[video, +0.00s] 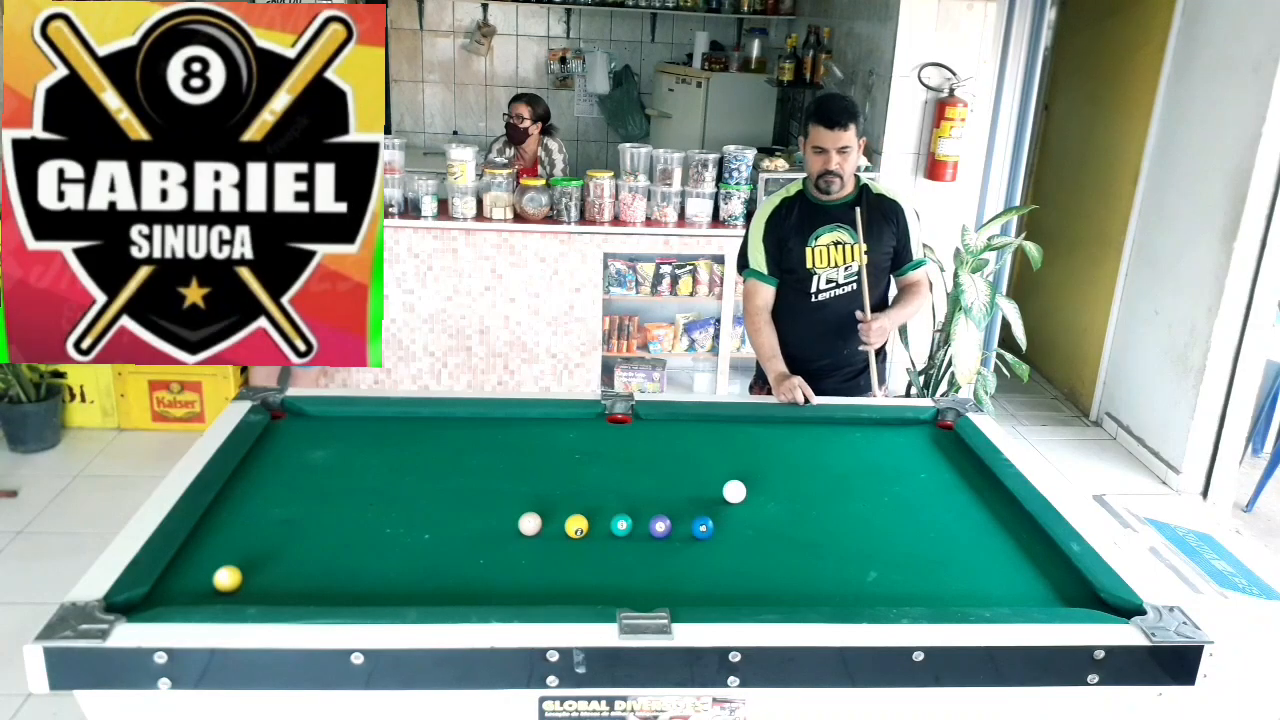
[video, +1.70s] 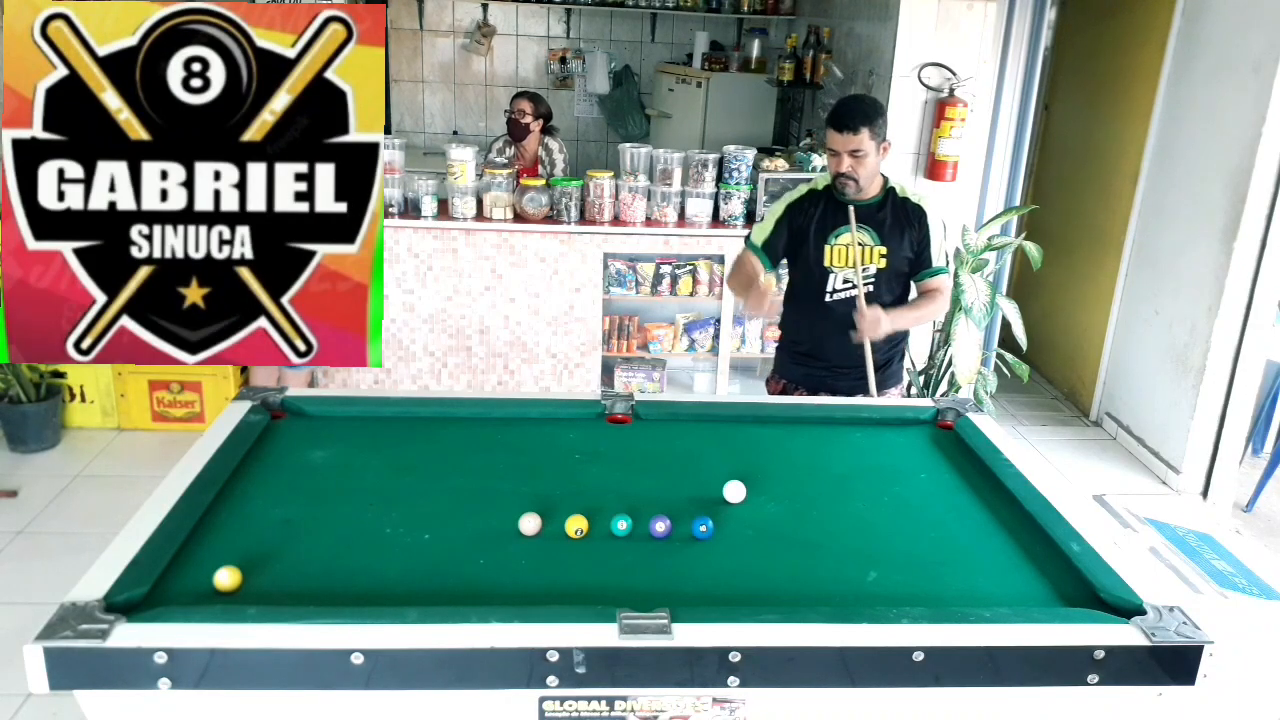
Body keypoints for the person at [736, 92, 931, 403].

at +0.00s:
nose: (832, 164)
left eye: (843, 151)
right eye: (820, 151)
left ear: (861, 150)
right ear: (803, 148)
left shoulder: (889, 212)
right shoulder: (773, 217)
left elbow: (916, 286)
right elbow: (757, 309)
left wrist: (890, 320)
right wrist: (779, 376)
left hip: (861, 394)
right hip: (787, 394)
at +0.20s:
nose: (836, 159)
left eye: (848, 147)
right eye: (824, 147)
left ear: (863, 149)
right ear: (806, 147)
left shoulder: (891, 212)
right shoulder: (775, 215)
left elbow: (919, 287)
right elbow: (754, 304)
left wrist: (889, 315)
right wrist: (781, 369)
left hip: (863, 392)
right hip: (787, 393)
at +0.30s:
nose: (838, 157)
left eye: (850, 146)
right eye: (827, 145)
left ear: (866, 149)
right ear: (809, 146)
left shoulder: (893, 212)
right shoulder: (777, 212)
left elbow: (921, 289)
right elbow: (747, 298)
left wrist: (887, 310)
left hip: (862, 393)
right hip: (785, 393)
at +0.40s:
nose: (839, 157)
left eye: (851, 145)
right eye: (828, 144)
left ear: (867, 148)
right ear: (810, 145)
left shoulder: (894, 212)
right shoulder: (778, 211)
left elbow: (921, 291)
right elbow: (746, 296)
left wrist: (885, 307)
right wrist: (791, 283)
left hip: (863, 393)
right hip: (784, 392)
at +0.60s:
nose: (840, 156)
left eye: (852, 145)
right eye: (829, 143)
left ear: (870, 148)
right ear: (812, 144)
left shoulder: (894, 213)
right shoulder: (783, 205)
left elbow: (921, 295)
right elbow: (746, 281)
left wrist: (879, 307)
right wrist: (800, 235)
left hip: (862, 392)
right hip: (784, 389)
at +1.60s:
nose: (841, 165)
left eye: (854, 153)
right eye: (832, 152)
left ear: (881, 149)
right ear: (822, 149)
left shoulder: (908, 216)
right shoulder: (795, 204)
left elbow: (933, 299)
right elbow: (733, 266)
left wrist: (882, 310)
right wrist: (772, 252)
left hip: (873, 393)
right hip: (794, 387)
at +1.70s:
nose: (842, 167)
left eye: (856, 155)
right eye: (833, 154)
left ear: (884, 152)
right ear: (825, 150)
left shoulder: (914, 217)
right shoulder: (798, 208)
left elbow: (938, 297)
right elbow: (740, 272)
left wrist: (889, 320)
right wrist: (754, 292)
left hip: (878, 394)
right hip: (799, 389)